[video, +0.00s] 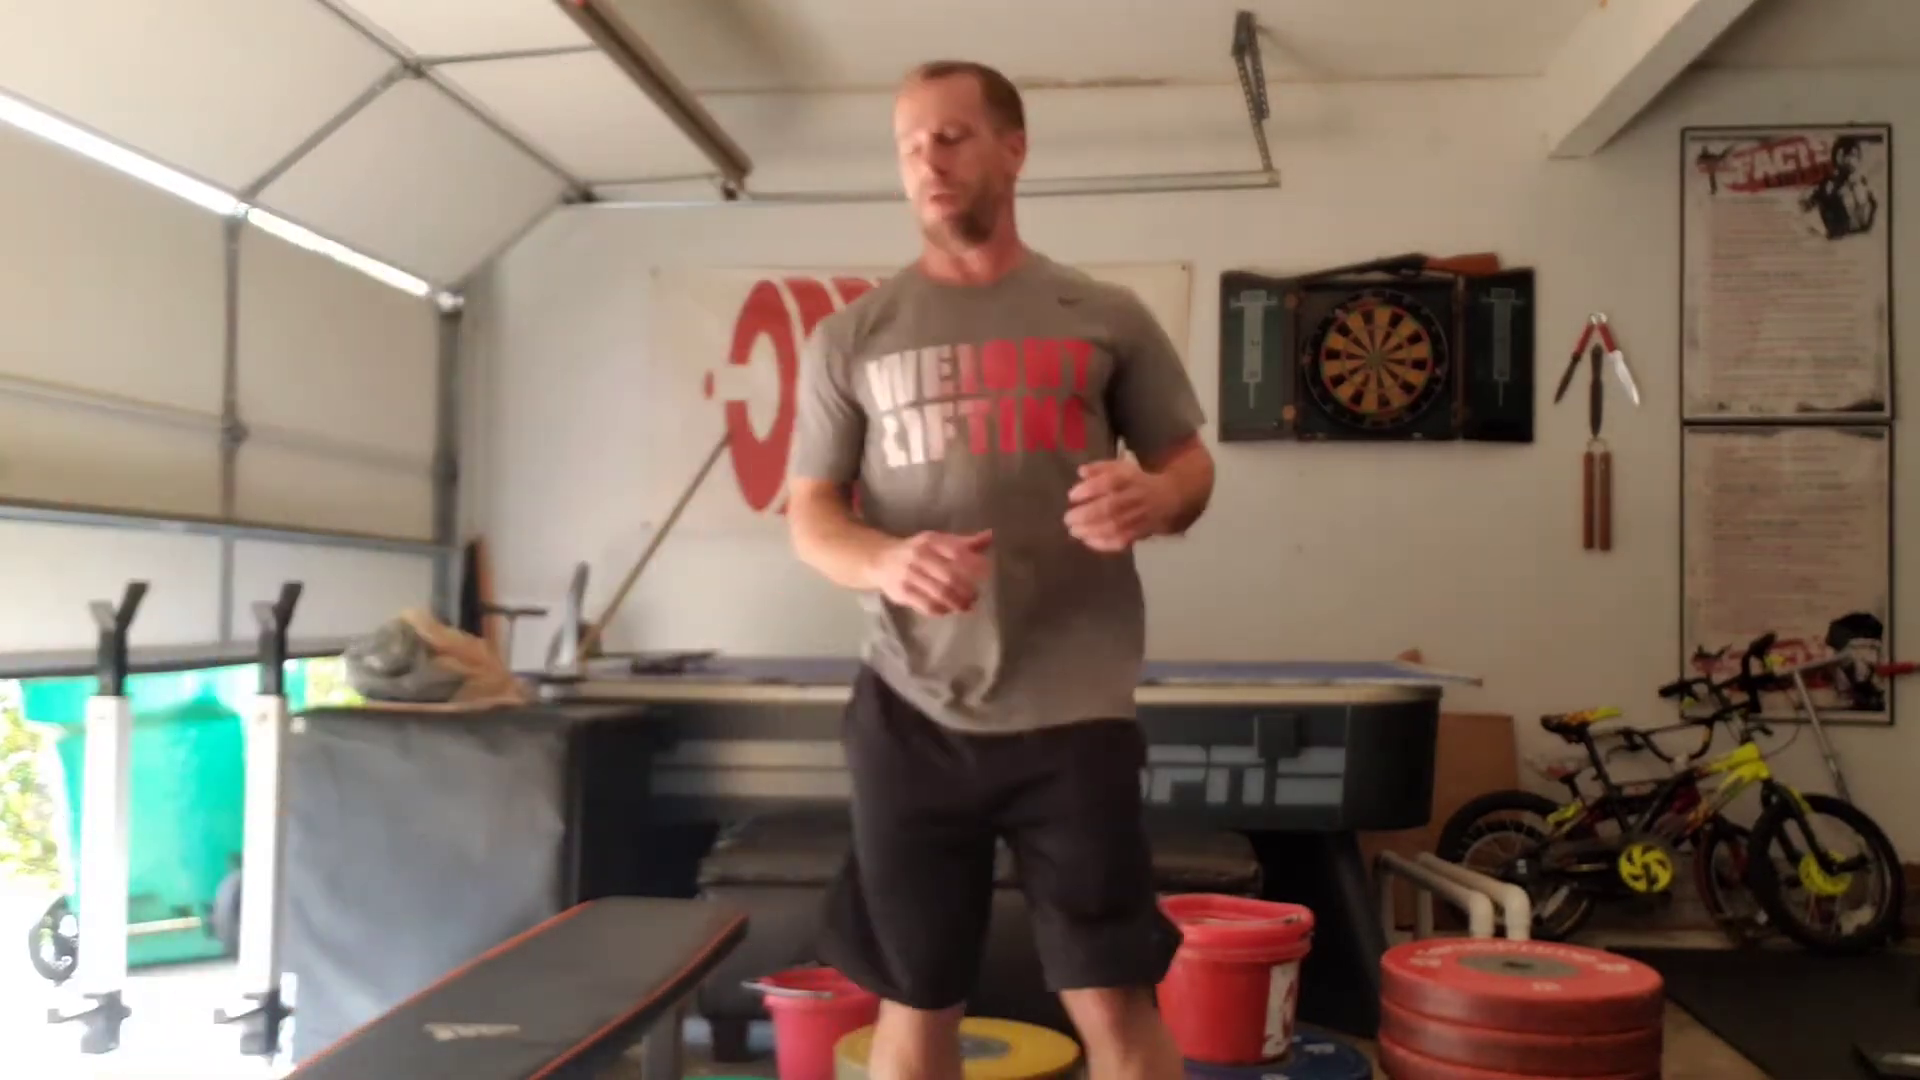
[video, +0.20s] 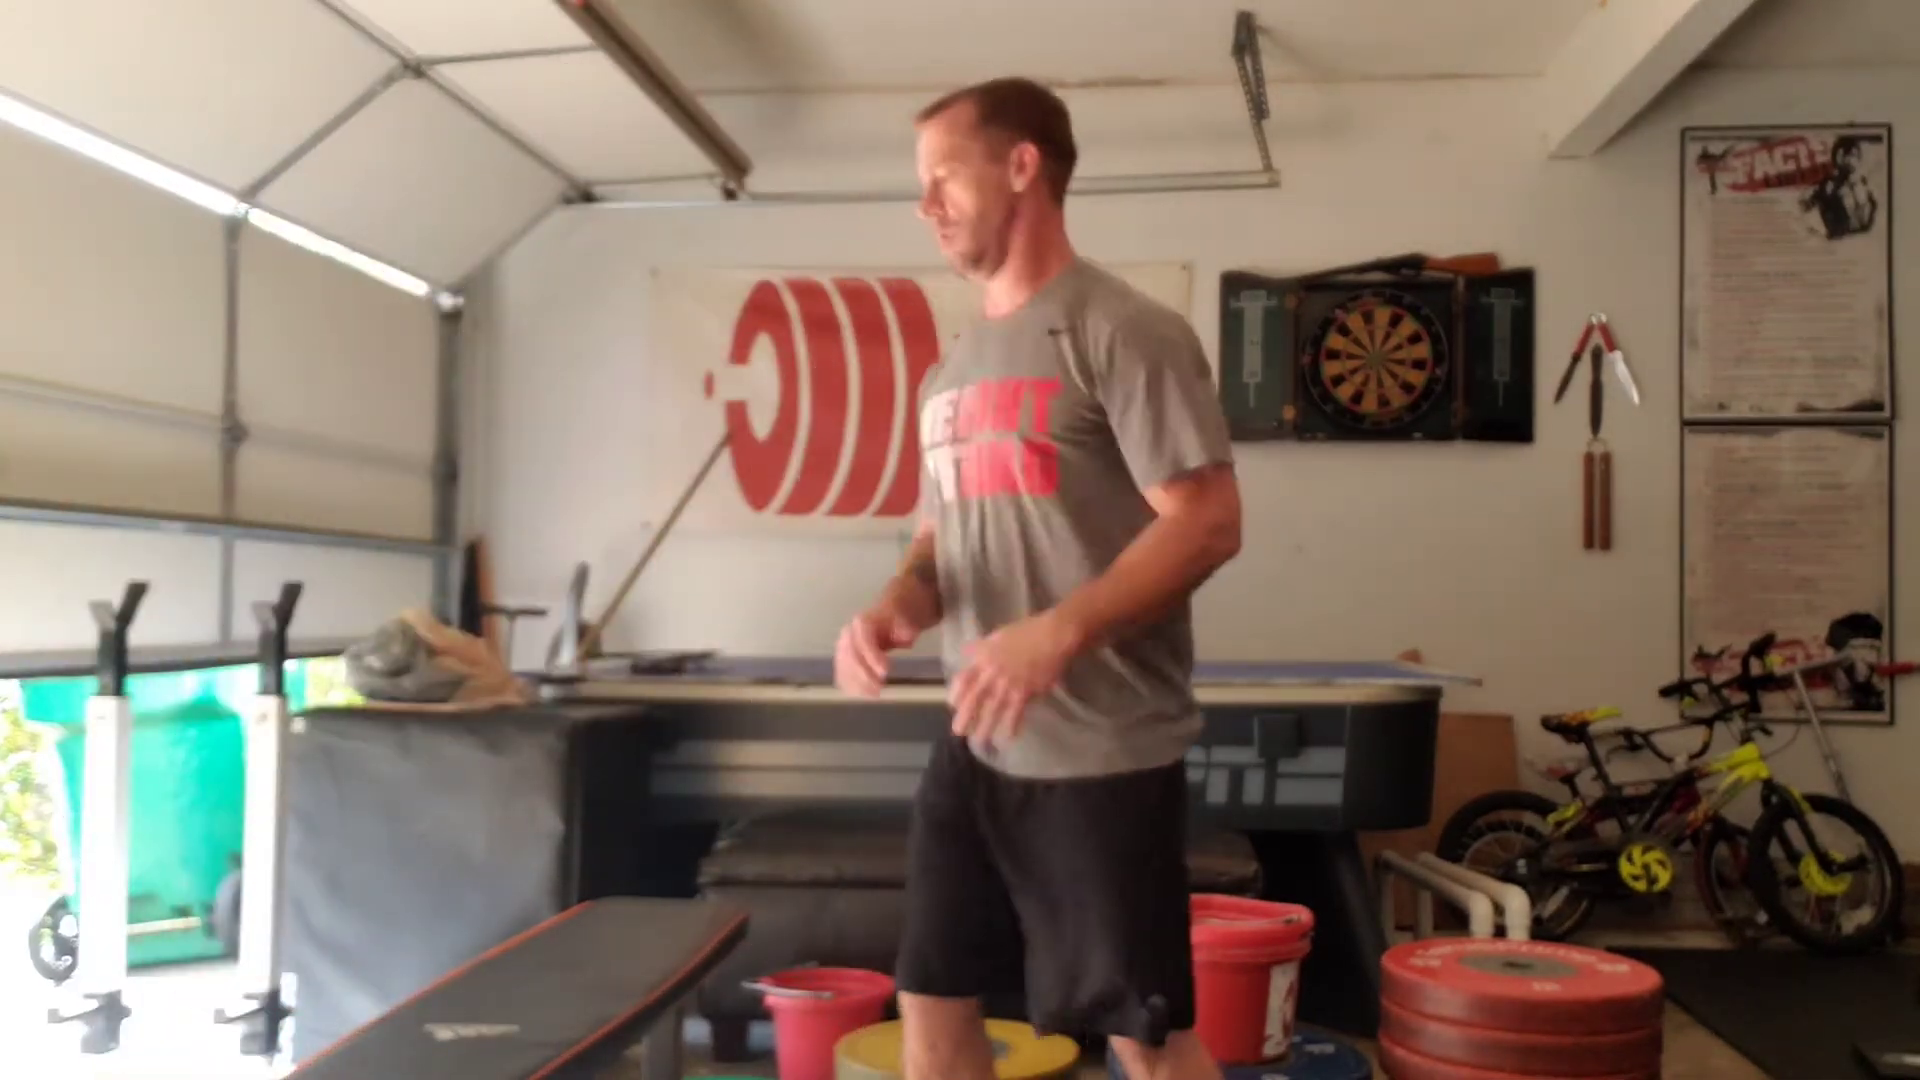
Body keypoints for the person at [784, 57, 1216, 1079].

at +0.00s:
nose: (930, 162)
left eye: (953, 138)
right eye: (913, 146)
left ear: (1012, 150)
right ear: (900, 167)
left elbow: (1192, 469)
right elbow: (812, 515)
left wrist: (1157, 498)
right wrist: (882, 560)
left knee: (1109, 1005)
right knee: (916, 1010)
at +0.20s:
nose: (928, 207)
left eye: (945, 180)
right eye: (923, 186)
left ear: (1024, 171)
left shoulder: (1129, 333)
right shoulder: (952, 369)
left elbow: (1208, 521)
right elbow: (942, 543)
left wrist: (1058, 631)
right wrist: (893, 614)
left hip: (1105, 757)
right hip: (976, 749)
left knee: (1150, 1037)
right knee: (935, 1003)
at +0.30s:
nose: (929, 207)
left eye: (942, 180)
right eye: (927, 185)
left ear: (1015, 168)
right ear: (1004, 175)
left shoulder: (1096, 312)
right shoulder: (1008, 332)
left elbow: (1150, 506)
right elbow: (1016, 534)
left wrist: (966, 589)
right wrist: (911, 614)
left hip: (1114, 744)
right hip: (1019, 736)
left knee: (1155, 1029)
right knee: (947, 959)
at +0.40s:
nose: (920, 219)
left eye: (930, 190)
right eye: (918, 196)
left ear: (1002, 175)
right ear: (1003, 181)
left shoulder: (1064, 321)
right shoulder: (1014, 327)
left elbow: (1068, 524)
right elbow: (1037, 545)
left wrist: (880, 591)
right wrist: (922, 629)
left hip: (1104, 737)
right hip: (1032, 727)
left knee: (1149, 1037)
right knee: (973, 962)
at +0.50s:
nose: (891, 222)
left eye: (901, 194)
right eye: (889, 198)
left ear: (969, 179)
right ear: (973, 185)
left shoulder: (1019, 308)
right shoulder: (994, 314)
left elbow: (1000, 505)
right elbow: (1024, 527)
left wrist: (825, 626)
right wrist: (926, 637)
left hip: (1086, 718)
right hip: (1031, 714)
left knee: (1116, 1035)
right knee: (994, 973)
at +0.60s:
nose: (837, 231)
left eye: (847, 204)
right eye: (835, 208)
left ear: (912, 191)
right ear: (918, 196)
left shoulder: (960, 306)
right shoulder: (966, 306)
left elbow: (999, 472)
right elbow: (1011, 500)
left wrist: (870, 649)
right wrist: (961, 639)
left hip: (1062, 719)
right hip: (1059, 710)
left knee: (1006, 1022)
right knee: (1038, 1021)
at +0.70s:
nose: (764, 259)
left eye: (776, 229)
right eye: (764, 234)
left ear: (840, 223)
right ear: (844, 226)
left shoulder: (891, 327)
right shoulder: (904, 326)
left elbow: (1019, 415)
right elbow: (1034, 440)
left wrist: (984, 620)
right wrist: (974, 638)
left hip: (1048, 707)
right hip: (1069, 699)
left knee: (931, 984)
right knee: (1008, 994)